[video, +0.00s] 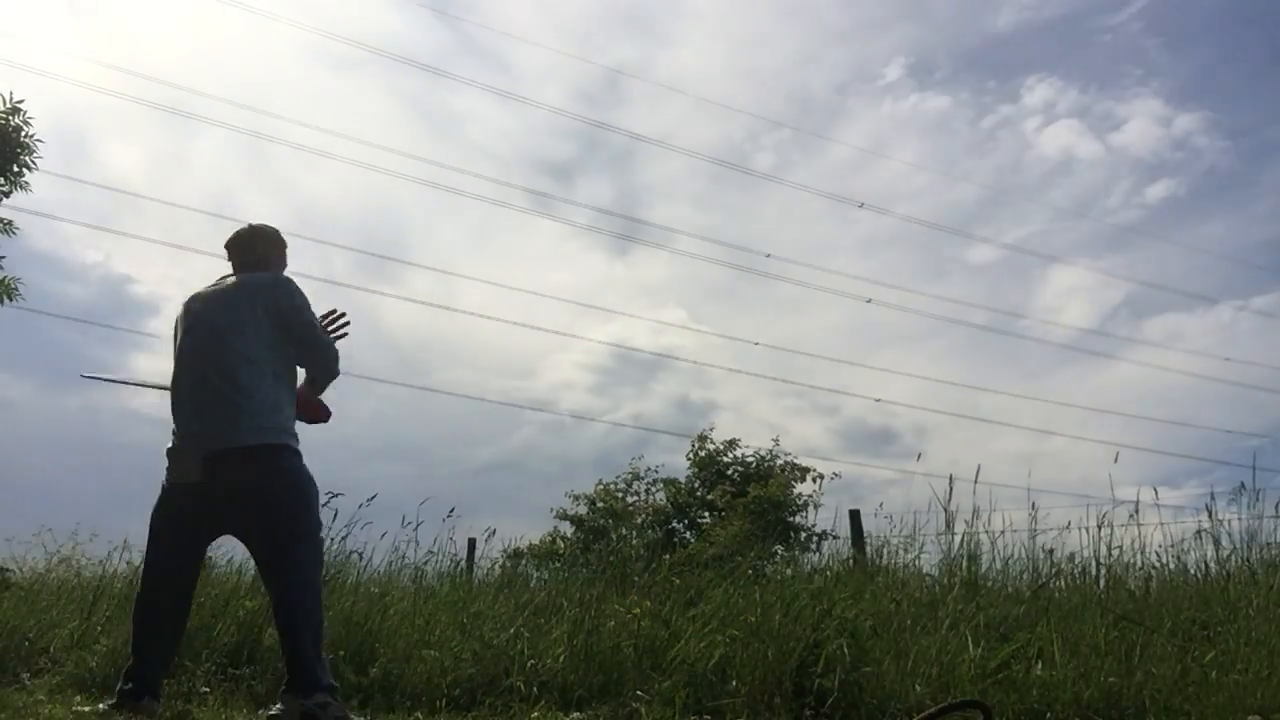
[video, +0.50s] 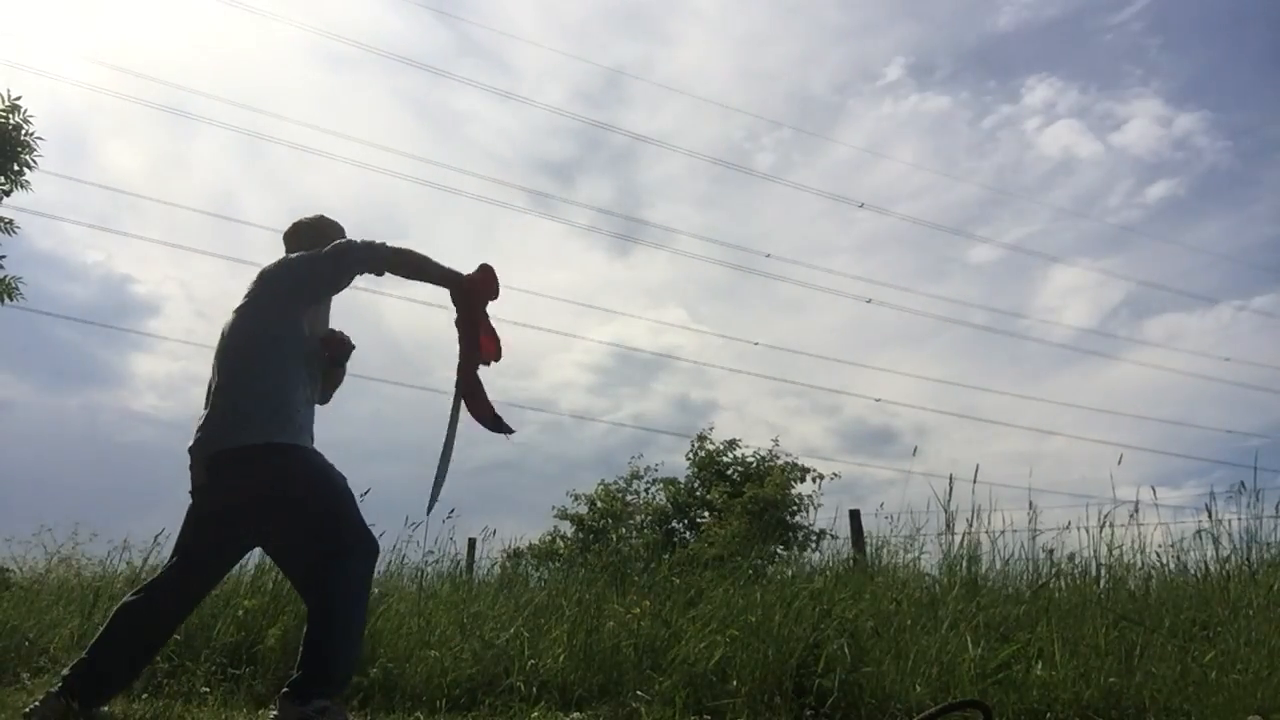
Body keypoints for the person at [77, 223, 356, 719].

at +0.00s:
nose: (284, 267)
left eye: (283, 259)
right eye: (282, 259)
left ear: (235, 259)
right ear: (271, 255)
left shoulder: (194, 305)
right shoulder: (277, 288)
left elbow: (218, 382)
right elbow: (326, 361)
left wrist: (292, 393)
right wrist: (306, 395)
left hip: (191, 473)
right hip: (270, 468)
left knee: (164, 583)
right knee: (296, 580)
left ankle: (139, 692)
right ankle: (310, 692)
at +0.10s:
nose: (320, 264)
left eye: (316, 256)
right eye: (316, 256)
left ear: (266, 254)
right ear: (305, 252)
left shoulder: (226, 306)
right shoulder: (298, 275)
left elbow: (240, 396)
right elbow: (358, 277)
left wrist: (302, 381)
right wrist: (381, 356)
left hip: (208, 468)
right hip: (280, 458)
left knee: (180, 575)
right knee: (321, 562)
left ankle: (135, 689)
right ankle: (307, 695)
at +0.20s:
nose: (342, 270)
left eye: (342, 259)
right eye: (337, 256)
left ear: (294, 246)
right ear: (316, 246)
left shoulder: (255, 302)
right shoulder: (299, 268)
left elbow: (243, 389)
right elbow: (367, 240)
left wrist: (309, 410)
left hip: (225, 454)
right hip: (284, 446)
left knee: (188, 562)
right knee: (341, 553)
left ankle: (81, 683)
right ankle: (310, 694)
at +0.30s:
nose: (362, 270)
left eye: (361, 261)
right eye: (357, 262)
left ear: (306, 256)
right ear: (335, 255)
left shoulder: (261, 311)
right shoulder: (322, 279)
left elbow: (253, 404)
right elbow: (410, 246)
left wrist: (327, 412)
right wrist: (480, 216)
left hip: (225, 469)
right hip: (289, 461)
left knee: (162, 579)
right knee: (360, 557)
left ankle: (72, 685)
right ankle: (311, 696)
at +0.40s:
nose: (359, 263)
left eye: (357, 258)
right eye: (353, 253)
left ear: (304, 253)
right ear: (331, 252)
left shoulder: (261, 315)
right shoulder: (316, 274)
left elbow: (273, 409)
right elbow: (399, 242)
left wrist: (343, 389)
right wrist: (490, 243)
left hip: (223, 471)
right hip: (284, 460)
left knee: (166, 585)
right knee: (360, 560)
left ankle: (70, 695)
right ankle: (314, 699)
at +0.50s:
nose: (342, 261)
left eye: (342, 251)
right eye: (338, 251)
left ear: (296, 244)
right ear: (314, 246)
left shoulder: (265, 318)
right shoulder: (291, 279)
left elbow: (319, 393)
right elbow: (376, 254)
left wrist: (333, 360)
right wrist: (458, 283)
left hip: (220, 463)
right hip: (276, 454)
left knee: (178, 584)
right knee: (350, 557)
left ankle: (75, 695)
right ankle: (314, 696)